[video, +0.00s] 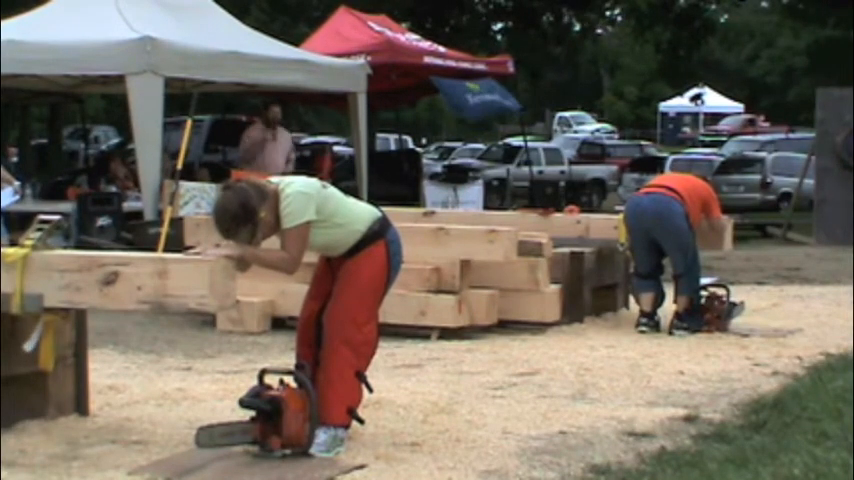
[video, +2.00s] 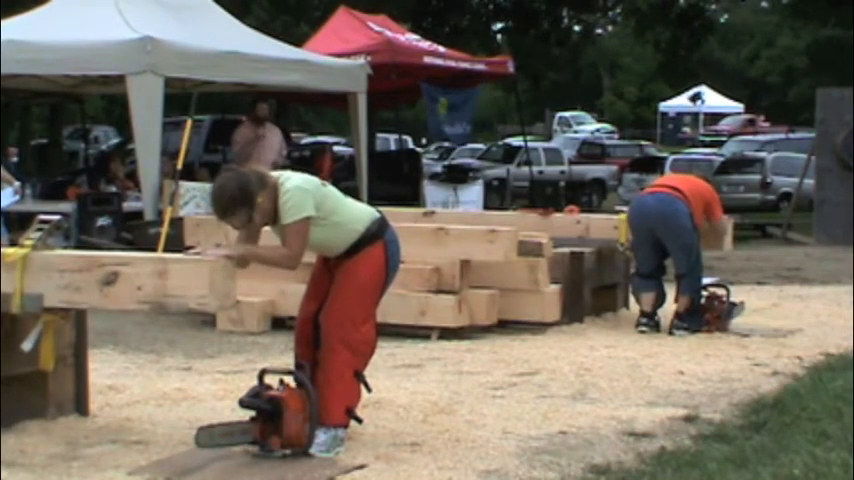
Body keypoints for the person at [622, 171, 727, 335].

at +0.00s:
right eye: (711, 191)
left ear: (689, 175)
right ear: (707, 183)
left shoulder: (670, 178)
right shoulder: (706, 189)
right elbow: (716, 223)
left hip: (635, 204)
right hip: (668, 207)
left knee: (645, 269)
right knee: (686, 268)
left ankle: (646, 316)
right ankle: (682, 318)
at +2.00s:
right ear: (710, 186)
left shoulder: (673, 179)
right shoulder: (708, 190)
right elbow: (718, 225)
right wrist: (725, 224)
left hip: (640, 204)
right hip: (673, 206)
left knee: (646, 270)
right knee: (688, 269)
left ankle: (646, 316)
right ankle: (682, 318)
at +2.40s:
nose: (724, 178)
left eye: (725, 175)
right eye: (725, 175)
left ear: (707, 164)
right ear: (721, 171)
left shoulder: (682, 168)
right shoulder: (717, 180)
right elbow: (718, 218)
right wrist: (713, 247)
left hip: (641, 200)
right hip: (671, 203)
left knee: (649, 264)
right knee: (688, 264)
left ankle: (646, 314)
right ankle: (680, 316)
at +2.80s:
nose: (731, 190)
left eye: (733, 187)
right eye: (732, 185)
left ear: (718, 172)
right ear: (728, 179)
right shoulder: (718, 182)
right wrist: (714, 245)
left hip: (643, 213)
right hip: (659, 218)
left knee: (675, 266)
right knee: (696, 265)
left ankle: (666, 311)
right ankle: (688, 315)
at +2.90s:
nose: (734, 179)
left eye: (737, 175)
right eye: (733, 172)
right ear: (725, 164)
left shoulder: (711, 192)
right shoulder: (707, 156)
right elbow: (684, 158)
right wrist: (706, 183)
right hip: (658, 205)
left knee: (675, 261)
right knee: (680, 263)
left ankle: (665, 311)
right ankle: (689, 319)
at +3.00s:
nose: (732, 172)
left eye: (736, 168)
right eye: (732, 164)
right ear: (721, 156)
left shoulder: (712, 190)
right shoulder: (701, 151)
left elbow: (706, 223)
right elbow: (665, 145)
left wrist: (715, 255)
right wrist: (678, 176)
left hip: (671, 212)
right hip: (654, 199)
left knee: (676, 260)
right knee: (674, 259)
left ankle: (667, 313)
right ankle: (671, 316)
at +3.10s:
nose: (731, 163)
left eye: (733, 159)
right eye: (730, 157)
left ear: (724, 155)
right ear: (721, 152)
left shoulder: (712, 178)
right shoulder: (695, 156)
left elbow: (707, 210)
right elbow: (667, 181)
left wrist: (715, 243)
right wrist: (677, 220)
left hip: (664, 208)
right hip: (649, 200)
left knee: (674, 260)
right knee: (665, 260)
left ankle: (673, 318)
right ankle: (663, 320)